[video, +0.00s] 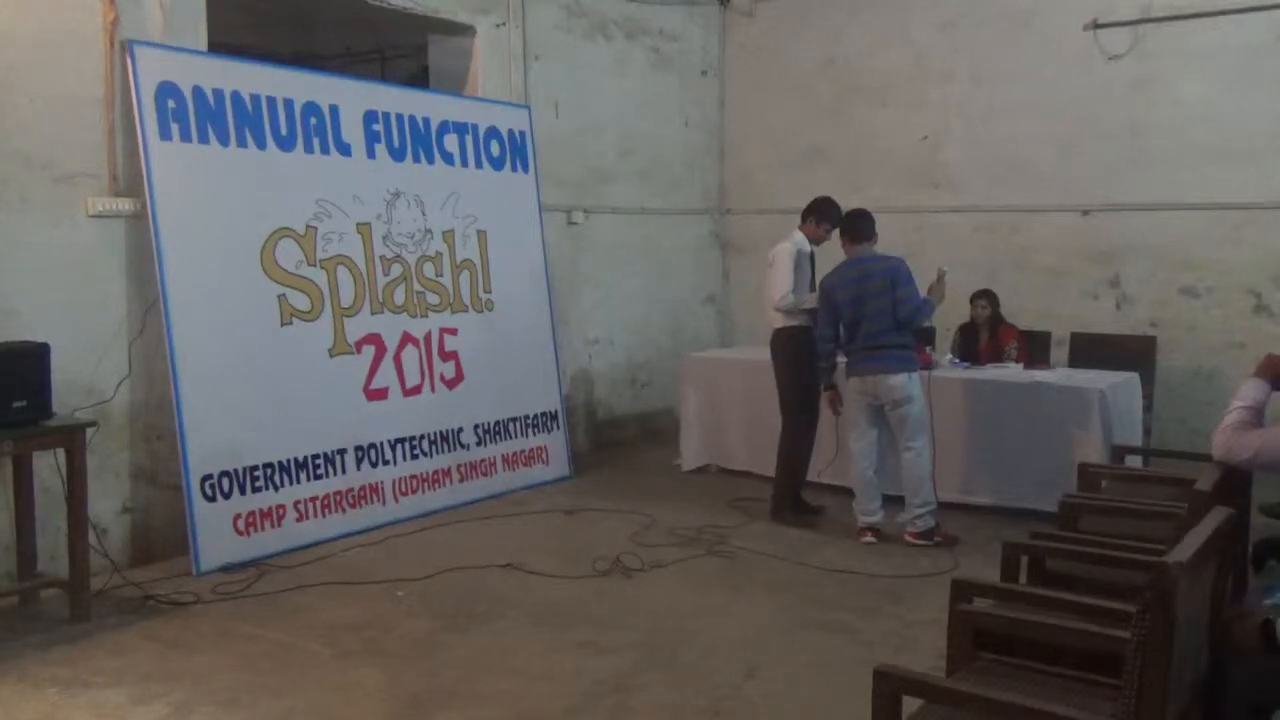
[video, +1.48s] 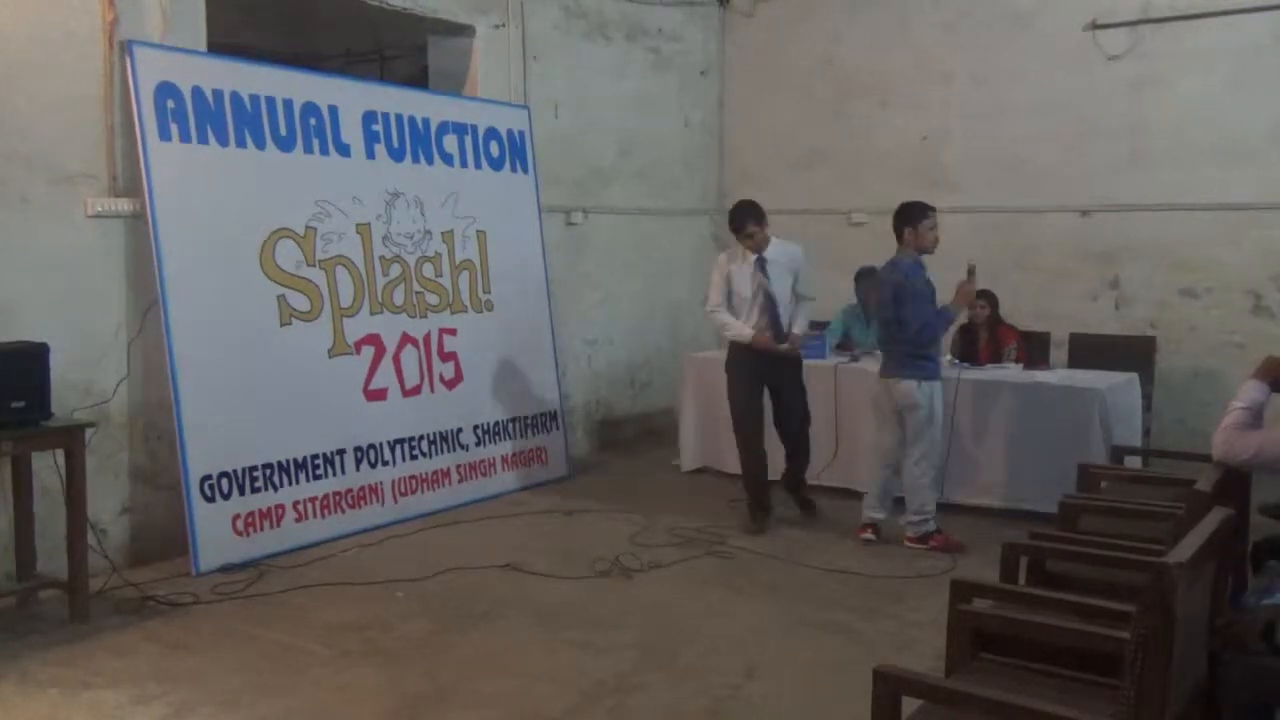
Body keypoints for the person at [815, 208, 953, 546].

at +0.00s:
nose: (843, 245)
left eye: (842, 240)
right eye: (871, 237)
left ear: (843, 241)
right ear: (876, 237)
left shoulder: (832, 281)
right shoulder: (894, 267)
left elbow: (826, 338)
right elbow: (912, 317)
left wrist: (828, 384)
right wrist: (933, 299)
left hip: (858, 375)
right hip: (898, 374)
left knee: (862, 451)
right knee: (914, 446)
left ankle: (868, 524)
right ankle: (920, 524)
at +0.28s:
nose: (842, 244)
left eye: (842, 239)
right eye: (873, 236)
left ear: (843, 240)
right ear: (876, 237)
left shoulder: (832, 281)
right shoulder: (894, 267)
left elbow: (826, 338)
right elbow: (911, 317)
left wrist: (829, 385)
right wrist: (933, 298)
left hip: (858, 376)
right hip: (898, 374)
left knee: (862, 451)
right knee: (915, 446)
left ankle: (868, 524)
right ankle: (920, 524)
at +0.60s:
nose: (873, 242)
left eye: (843, 240)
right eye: (874, 236)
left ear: (843, 241)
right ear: (877, 237)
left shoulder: (833, 281)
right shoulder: (894, 266)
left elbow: (825, 337)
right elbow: (912, 316)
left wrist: (827, 386)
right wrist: (934, 297)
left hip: (859, 376)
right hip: (899, 374)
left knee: (863, 450)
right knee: (915, 446)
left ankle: (868, 524)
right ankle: (920, 524)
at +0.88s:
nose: (888, 240)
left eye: (887, 234)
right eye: (886, 234)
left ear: (851, 237)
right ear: (878, 234)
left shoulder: (835, 281)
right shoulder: (891, 267)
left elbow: (828, 338)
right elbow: (910, 316)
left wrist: (831, 386)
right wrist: (939, 293)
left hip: (860, 376)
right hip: (899, 374)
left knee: (864, 450)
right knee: (915, 447)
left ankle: (868, 524)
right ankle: (920, 525)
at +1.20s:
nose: (914, 236)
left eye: (913, 229)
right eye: (909, 229)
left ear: (883, 234)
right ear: (889, 232)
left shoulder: (858, 275)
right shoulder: (898, 271)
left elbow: (851, 332)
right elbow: (905, 326)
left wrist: (854, 375)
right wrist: (943, 302)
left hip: (870, 377)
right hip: (901, 378)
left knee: (873, 452)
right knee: (913, 452)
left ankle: (868, 524)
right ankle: (920, 527)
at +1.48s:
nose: (937, 234)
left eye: (936, 227)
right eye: (930, 228)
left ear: (907, 234)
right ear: (909, 233)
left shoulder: (890, 272)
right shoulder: (914, 276)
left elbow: (891, 332)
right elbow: (920, 334)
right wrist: (955, 307)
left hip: (890, 375)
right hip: (917, 378)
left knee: (887, 451)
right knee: (923, 455)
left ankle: (871, 520)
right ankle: (920, 528)